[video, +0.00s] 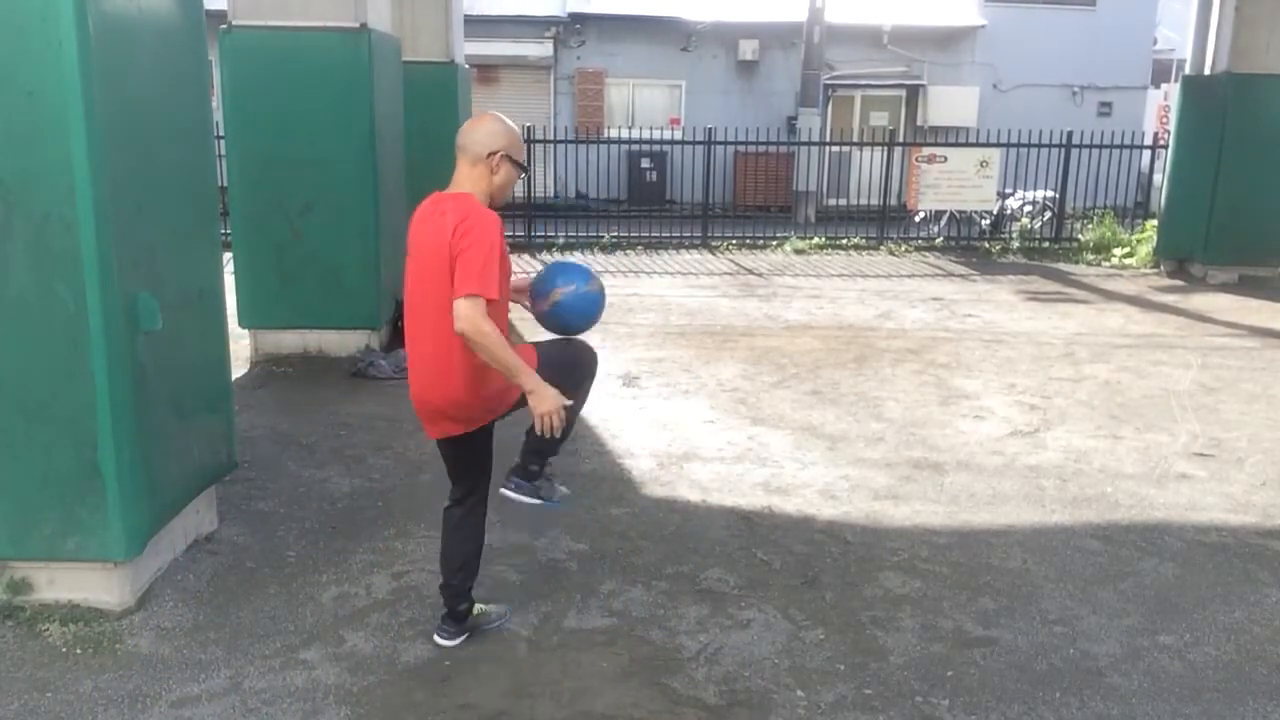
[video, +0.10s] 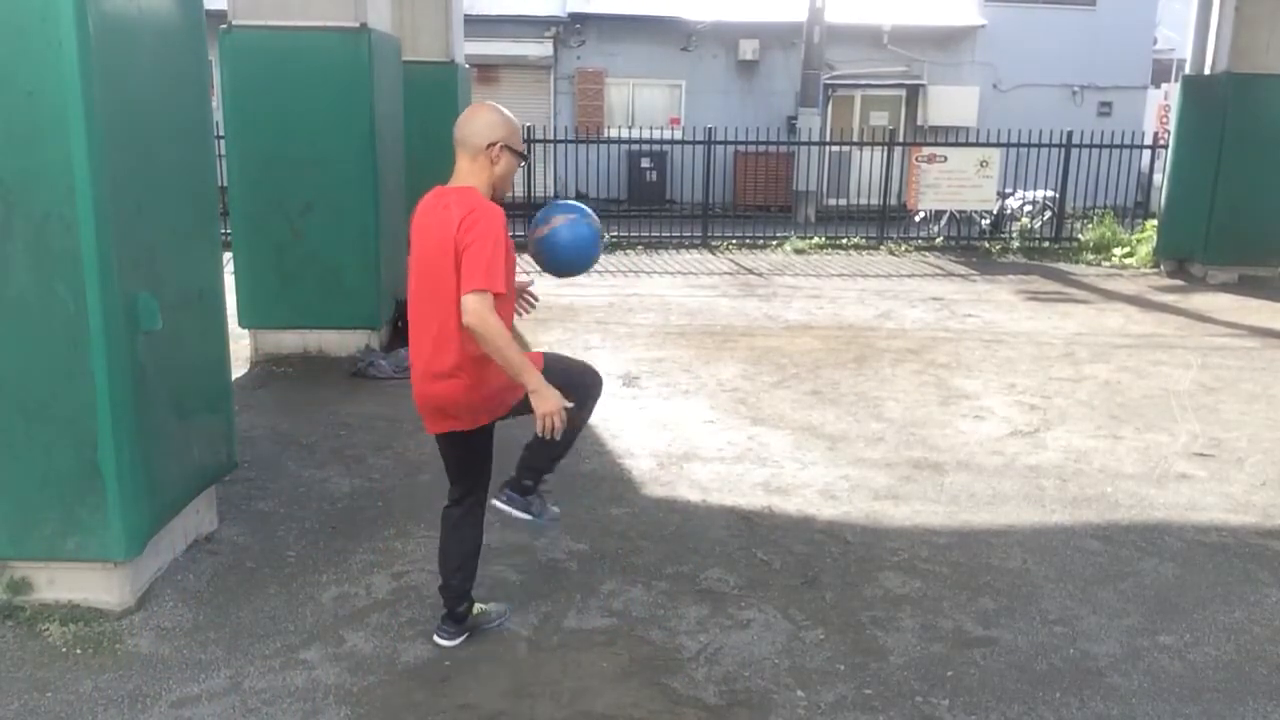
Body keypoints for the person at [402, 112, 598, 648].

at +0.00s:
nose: (517, 181)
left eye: (519, 170)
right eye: (517, 168)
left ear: (470, 159)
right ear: (495, 161)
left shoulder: (427, 211)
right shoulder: (479, 220)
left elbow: (441, 288)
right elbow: (469, 320)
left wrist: (516, 292)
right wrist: (533, 384)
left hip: (433, 388)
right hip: (478, 381)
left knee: (466, 492)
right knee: (579, 358)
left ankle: (456, 613)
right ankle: (531, 474)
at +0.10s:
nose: (517, 169)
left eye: (519, 158)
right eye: (516, 156)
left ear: (468, 152)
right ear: (494, 153)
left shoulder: (428, 206)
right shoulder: (484, 216)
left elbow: (434, 280)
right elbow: (477, 313)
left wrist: (494, 282)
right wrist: (537, 385)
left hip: (437, 383)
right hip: (480, 378)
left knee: (465, 496)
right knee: (584, 383)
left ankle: (455, 615)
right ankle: (523, 489)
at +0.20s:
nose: (516, 164)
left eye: (517, 152)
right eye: (515, 151)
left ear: (463, 148)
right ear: (496, 149)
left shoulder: (424, 208)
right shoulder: (491, 214)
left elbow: (412, 288)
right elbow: (497, 311)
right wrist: (560, 378)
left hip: (440, 389)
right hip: (492, 387)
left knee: (465, 494)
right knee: (567, 465)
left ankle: (455, 616)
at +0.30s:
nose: (521, 174)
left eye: (520, 163)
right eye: (521, 163)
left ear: (465, 161)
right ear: (509, 163)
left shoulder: (426, 223)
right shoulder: (509, 230)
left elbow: (395, 303)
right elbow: (536, 328)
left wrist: (449, 330)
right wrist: (601, 375)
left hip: (461, 392)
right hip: (507, 401)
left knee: (506, 476)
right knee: (526, 512)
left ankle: (480, 557)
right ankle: (485, 630)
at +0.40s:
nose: (526, 175)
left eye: (524, 165)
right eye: (526, 165)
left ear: (469, 162)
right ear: (515, 165)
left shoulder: (424, 226)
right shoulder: (518, 232)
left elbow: (386, 310)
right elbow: (553, 325)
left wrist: (409, 361)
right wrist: (614, 362)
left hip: (463, 384)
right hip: (510, 396)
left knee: (564, 346)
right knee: (528, 507)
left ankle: (514, 470)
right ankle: (484, 630)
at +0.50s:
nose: (527, 163)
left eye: (524, 153)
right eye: (527, 154)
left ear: (469, 155)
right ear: (516, 157)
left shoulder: (427, 220)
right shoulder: (525, 224)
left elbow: (388, 303)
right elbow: (558, 314)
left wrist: (402, 364)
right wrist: (616, 345)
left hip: (467, 379)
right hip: (519, 391)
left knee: (563, 324)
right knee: (521, 507)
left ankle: (539, 448)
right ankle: (484, 626)